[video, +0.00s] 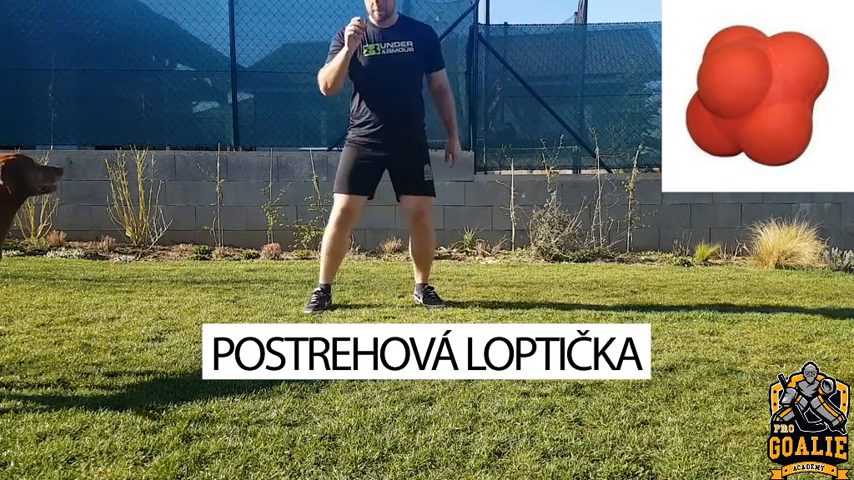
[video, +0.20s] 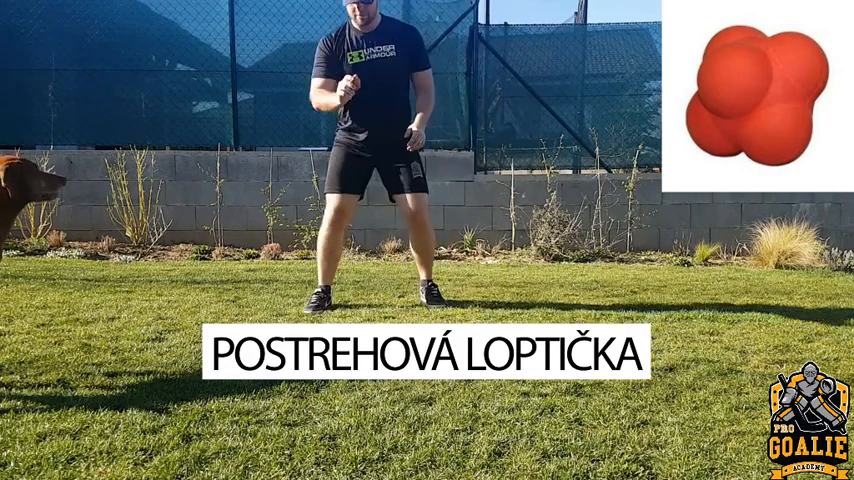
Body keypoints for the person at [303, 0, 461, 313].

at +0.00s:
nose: (378, 4)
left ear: (395, 0)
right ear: (365, 2)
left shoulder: (422, 33)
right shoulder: (349, 35)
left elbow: (440, 86)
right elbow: (327, 86)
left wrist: (452, 133)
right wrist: (348, 50)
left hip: (409, 139)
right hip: (363, 139)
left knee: (419, 212)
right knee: (343, 211)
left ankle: (423, 287)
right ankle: (323, 289)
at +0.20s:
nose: (360, 9)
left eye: (366, 3)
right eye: (354, 4)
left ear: (377, 2)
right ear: (345, 5)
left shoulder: (407, 35)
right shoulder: (331, 43)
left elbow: (424, 86)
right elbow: (317, 97)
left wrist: (421, 120)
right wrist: (338, 98)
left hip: (398, 138)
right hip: (351, 140)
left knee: (416, 210)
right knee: (335, 212)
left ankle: (428, 285)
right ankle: (323, 290)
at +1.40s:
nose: (345, 20)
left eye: (351, 12)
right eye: (339, 14)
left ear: (364, 7)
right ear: (332, 13)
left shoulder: (393, 42)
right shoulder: (318, 50)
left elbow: (413, 97)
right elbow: (304, 106)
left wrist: (379, 117)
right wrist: (324, 94)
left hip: (389, 142)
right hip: (344, 144)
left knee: (412, 212)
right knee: (327, 211)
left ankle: (428, 285)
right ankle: (322, 290)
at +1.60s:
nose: (351, 22)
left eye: (357, 15)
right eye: (345, 16)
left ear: (370, 9)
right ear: (338, 15)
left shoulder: (400, 45)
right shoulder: (326, 53)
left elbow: (424, 97)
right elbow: (310, 110)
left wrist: (395, 127)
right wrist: (324, 91)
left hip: (395, 143)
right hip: (350, 144)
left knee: (416, 210)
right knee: (332, 211)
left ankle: (429, 286)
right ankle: (323, 290)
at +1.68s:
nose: (355, 22)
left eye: (361, 15)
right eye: (349, 17)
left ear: (375, 9)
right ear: (342, 16)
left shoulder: (405, 46)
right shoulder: (331, 55)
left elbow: (430, 98)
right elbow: (319, 105)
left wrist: (402, 129)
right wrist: (323, 140)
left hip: (401, 145)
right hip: (355, 145)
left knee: (419, 212)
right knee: (336, 210)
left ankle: (429, 286)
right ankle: (324, 290)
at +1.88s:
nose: (361, 23)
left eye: (367, 16)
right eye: (355, 17)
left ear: (383, 9)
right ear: (349, 16)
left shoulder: (413, 47)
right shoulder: (339, 57)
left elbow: (438, 99)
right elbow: (329, 111)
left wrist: (410, 132)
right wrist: (319, 163)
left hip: (408, 144)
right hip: (363, 146)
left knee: (422, 215)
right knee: (342, 212)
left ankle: (429, 287)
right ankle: (324, 289)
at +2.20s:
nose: (338, 33)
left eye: (345, 24)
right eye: (332, 26)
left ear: (363, 21)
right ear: (327, 27)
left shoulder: (398, 60)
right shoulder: (323, 71)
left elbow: (420, 117)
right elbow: (297, 117)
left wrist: (391, 155)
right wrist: (280, 145)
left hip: (397, 148)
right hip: (351, 149)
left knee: (410, 226)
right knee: (319, 196)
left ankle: (428, 288)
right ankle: (295, 277)